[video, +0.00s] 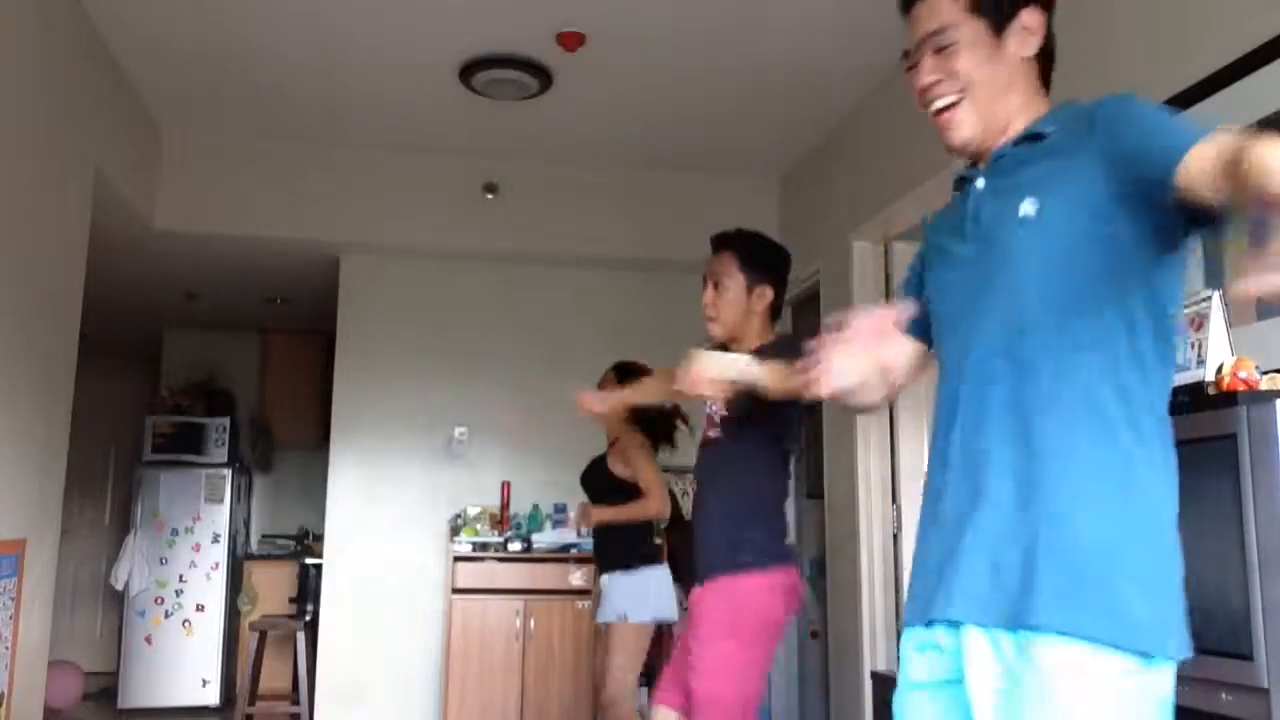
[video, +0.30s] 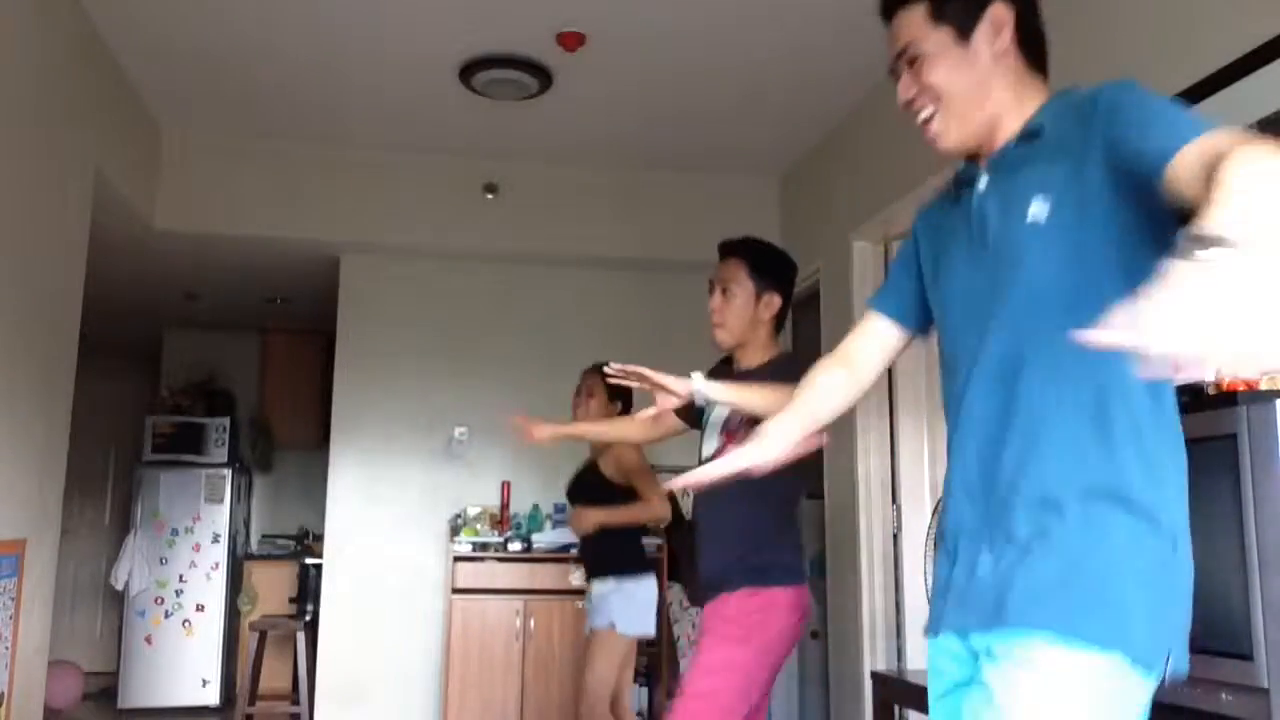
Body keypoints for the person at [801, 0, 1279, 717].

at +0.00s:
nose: (923, 77)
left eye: (943, 45)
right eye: (913, 61)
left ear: (1026, 31)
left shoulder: (1109, 132)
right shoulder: (946, 231)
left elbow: (1238, 164)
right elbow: (895, 361)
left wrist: (1266, 188)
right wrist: (864, 361)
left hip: (1093, 596)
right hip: (948, 596)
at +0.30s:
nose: (903, 92)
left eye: (915, 58)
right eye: (898, 74)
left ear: (995, 32)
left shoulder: (1103, 119)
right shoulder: (938, 222)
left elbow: (1243, 165)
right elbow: (853, 360)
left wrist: (1216, 267)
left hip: (1090, 578)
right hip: (968, 581)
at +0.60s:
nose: (937, 90)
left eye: (953, 60)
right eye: (935, 73)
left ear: (1041, 34)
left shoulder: (1156, 148)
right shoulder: (958, 247)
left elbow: (1273, 176)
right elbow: (834, 386)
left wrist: (1062, 236)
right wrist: (706, 510)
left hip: (1154, 656)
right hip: (976, 650)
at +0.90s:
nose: (910, 95)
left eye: (924, 64)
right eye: (907, 77)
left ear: (1007, 40)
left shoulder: (1083, 135)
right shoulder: (956, 237)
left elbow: (1182, 175)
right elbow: (901, 414)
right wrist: (894, 364)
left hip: (1075, 617)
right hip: (963, 619)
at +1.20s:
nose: (935, 52)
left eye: (950, 22)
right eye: (933, 34)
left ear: (1033, 12)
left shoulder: (1141, 100)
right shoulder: (942, 180)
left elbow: (1271, 128)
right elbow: (848, 314)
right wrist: (734, 438)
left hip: (1108, 587)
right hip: (964, 583)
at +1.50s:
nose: (933, 82)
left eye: (939, 52)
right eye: (931, 61)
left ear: (1003, 26)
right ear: (992, 36)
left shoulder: (1152, 108)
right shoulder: (957, 206)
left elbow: (1277, 142)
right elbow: (864, 352)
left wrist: (1143, 233)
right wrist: (705, 470)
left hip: (1149, 622)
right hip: (986, 617)